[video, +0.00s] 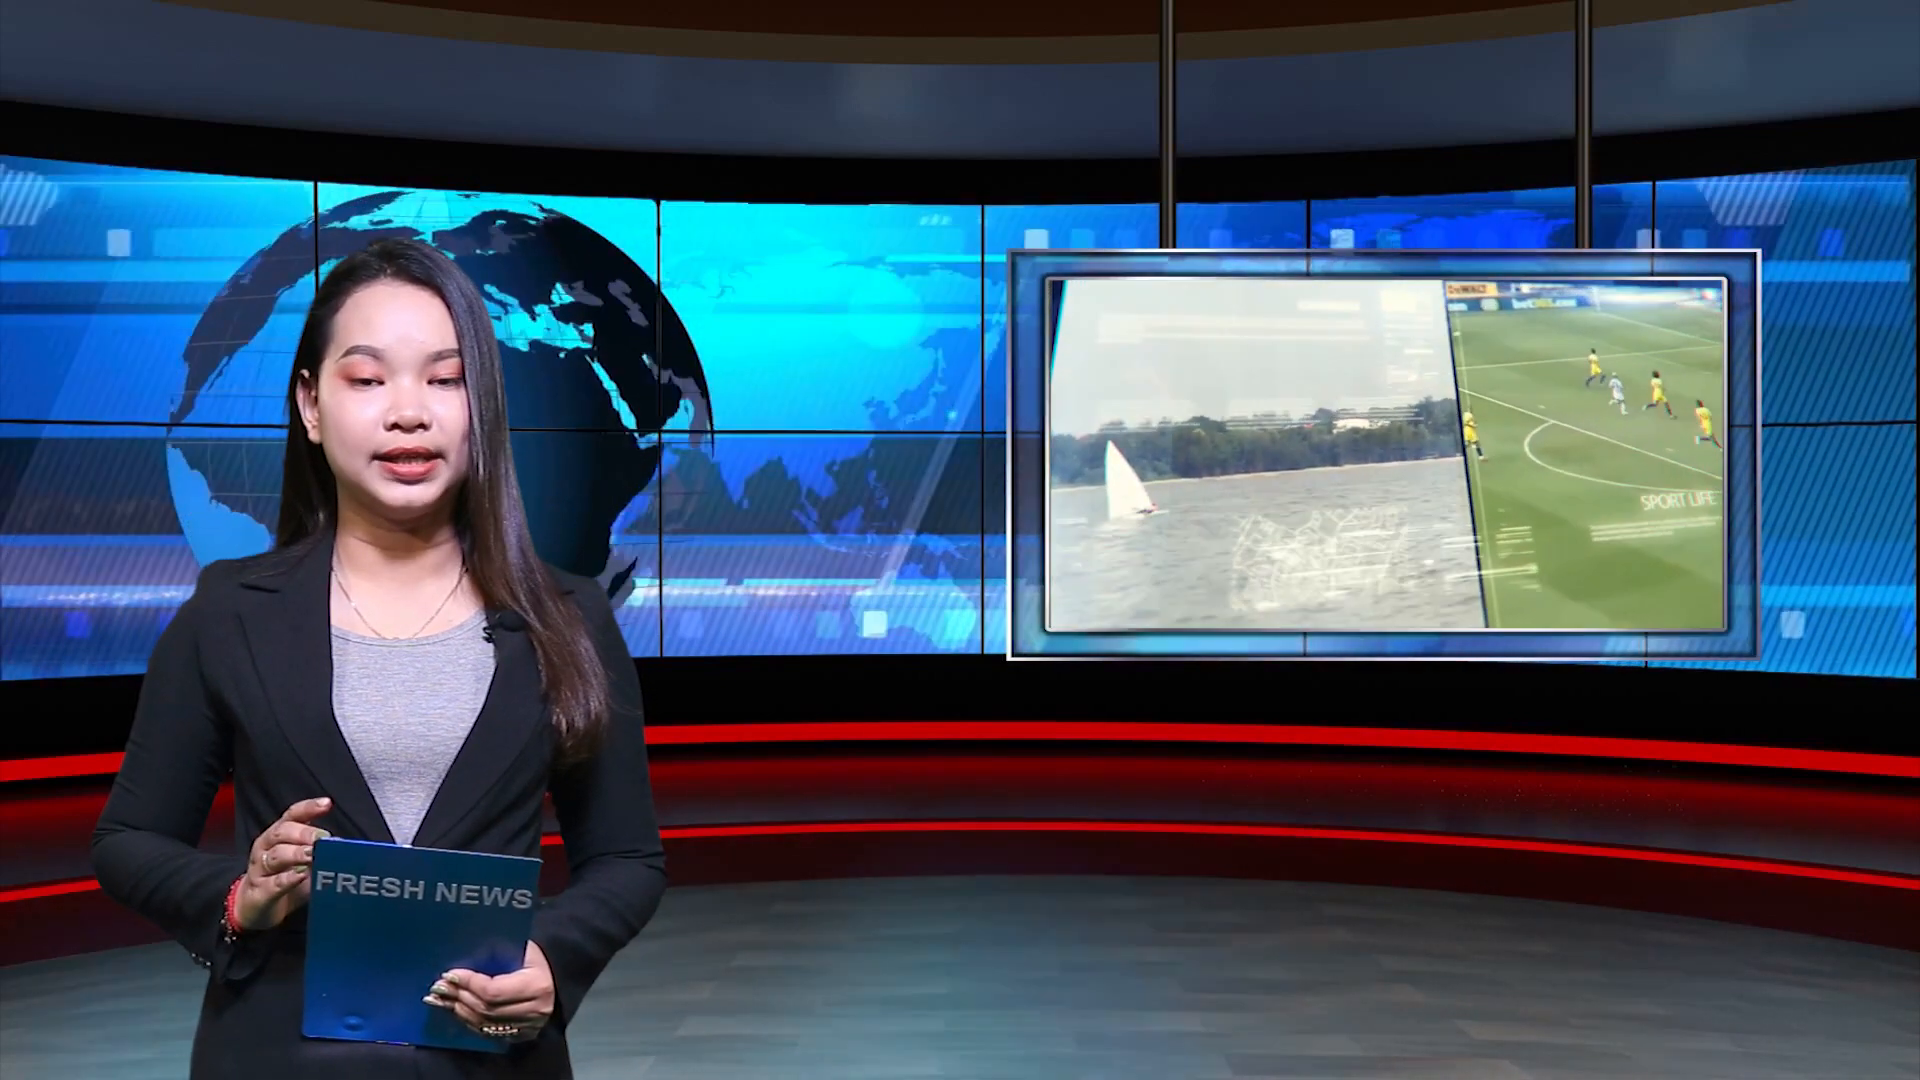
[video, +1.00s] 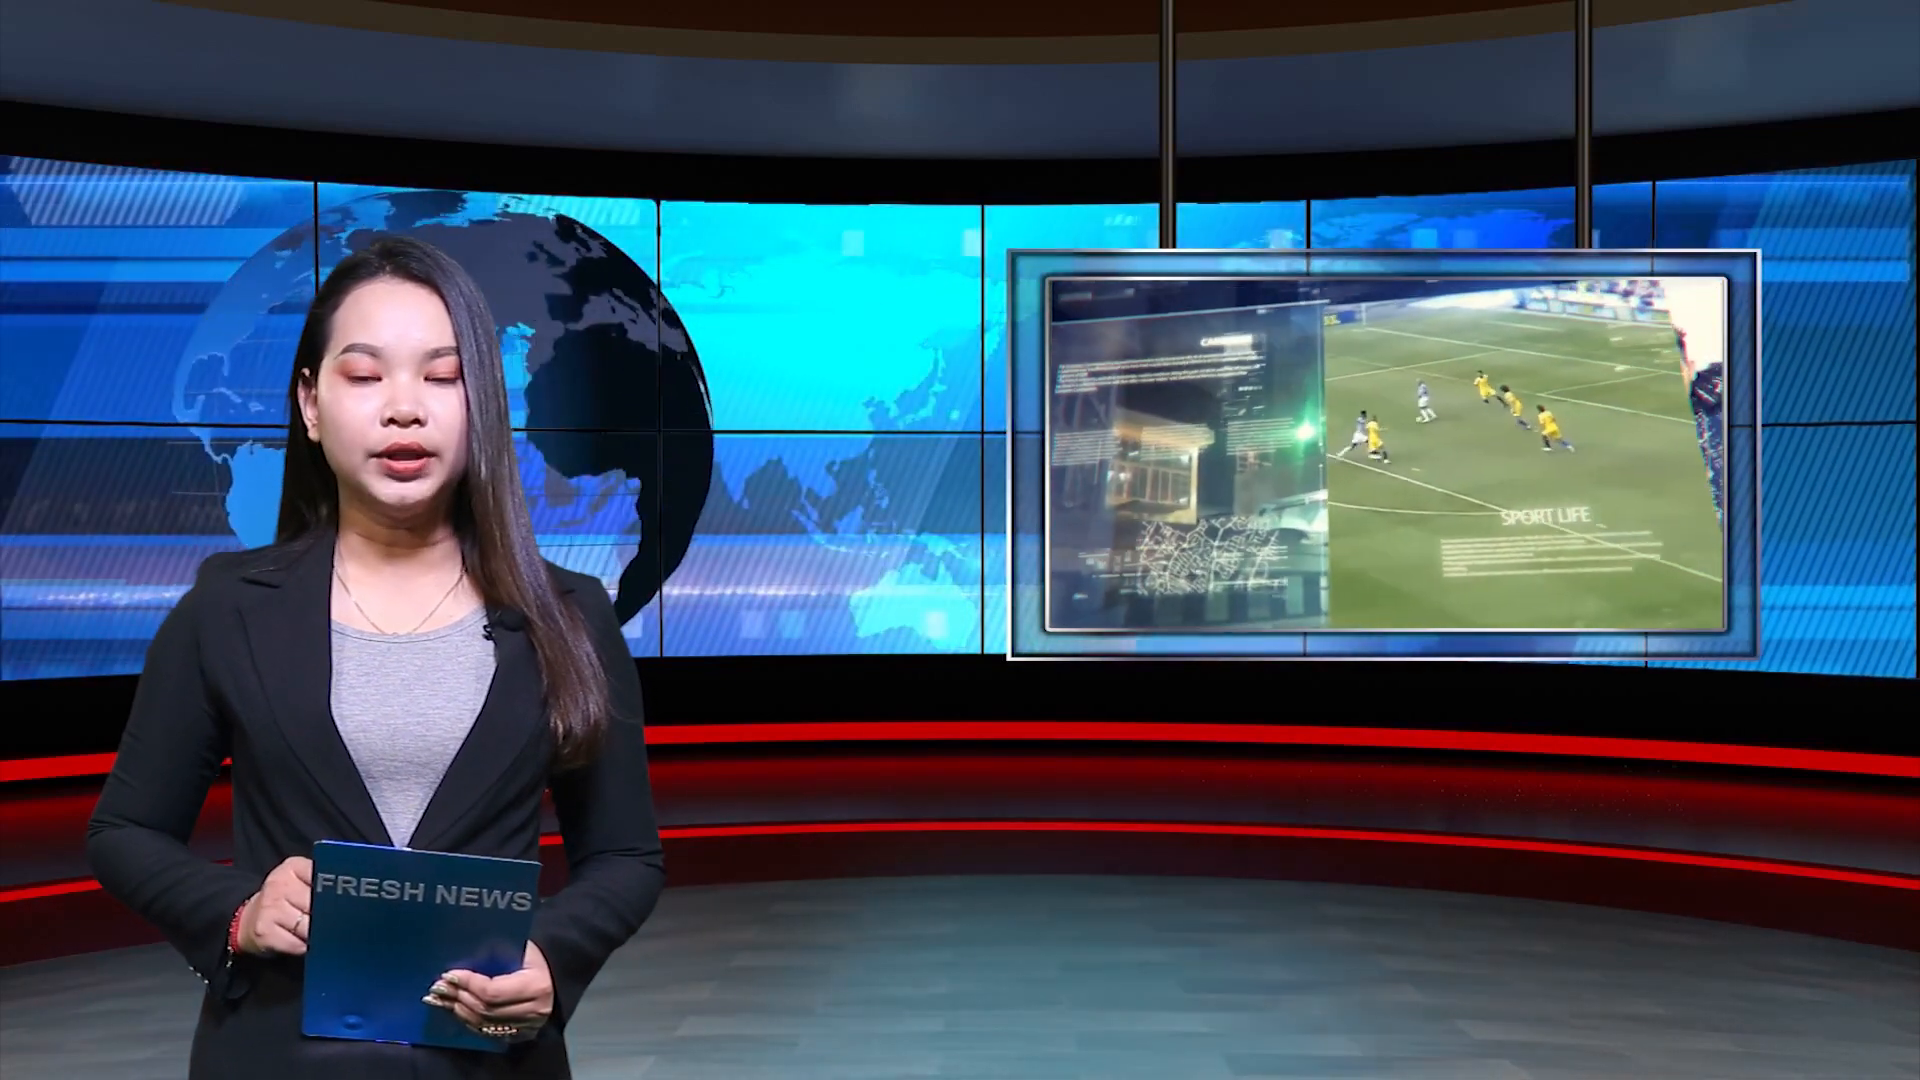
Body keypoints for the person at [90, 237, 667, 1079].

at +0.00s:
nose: (409, 412)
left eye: (442, 377)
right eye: (367, 376)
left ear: (479, 406)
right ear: (310, 408)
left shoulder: (563, 620)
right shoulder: (231, 613)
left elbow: (626, 860)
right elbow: (129, 840)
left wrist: (549, 962)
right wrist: (234, 896)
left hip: (492, 1053)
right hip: (277, 1055)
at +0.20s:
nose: (409, 416)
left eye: (442, 379)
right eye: (365, 378)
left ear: (477, 407)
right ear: (309, 408)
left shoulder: (563, 618)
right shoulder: (229, 614)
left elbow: (624, 860)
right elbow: (128, 841)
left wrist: (550, 963)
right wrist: (236, 897)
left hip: (492, 1053)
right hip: (276, 1054)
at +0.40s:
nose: (404, 410)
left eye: (437, 375)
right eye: (362, 376)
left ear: (475, 404)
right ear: (308, 407)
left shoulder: (563, 618)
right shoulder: (228, 615)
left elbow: (624, 859)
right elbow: (128, 841)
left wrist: (547, 961)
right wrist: (234, 898)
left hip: (493, 1052)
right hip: (277, 1053)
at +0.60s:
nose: (398, 408)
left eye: (433, 374)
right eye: (358, 374)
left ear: (476, 403)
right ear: (307, 407)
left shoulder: (564, 616)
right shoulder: (229, 611)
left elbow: (627, 856)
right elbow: (124, 835)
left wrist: (549, 961)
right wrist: (228, 895)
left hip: (493, 1052)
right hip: (276, 1052)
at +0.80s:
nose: (398, 407)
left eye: (433, 373)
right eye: (358, 374)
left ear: (475, 404)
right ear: (308, 408)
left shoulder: (565, 617)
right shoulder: (229, 610)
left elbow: (626, 857)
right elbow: (123, 832)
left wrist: (548, 960)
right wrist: (237, 902)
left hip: (493, 1052)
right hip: (277, 1053)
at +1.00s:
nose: (405, 407)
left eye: (440, 374)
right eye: (364, 373)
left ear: (479, 404)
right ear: (311, 406)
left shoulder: (566, 618)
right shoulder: (230, 609)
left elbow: (624, 857)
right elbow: (124, 832)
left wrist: (548, 960)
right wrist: (237, 908)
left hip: (493, 1051)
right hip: (277, 1052)